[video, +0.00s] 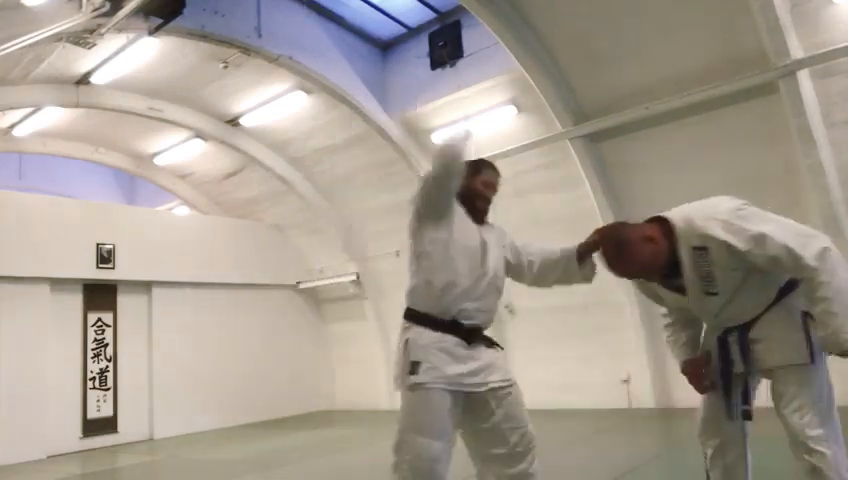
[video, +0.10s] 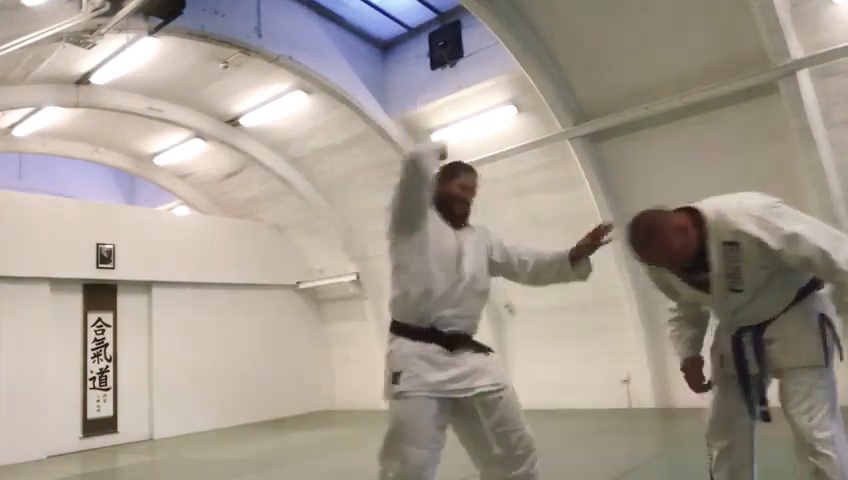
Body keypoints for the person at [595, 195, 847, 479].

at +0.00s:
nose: (648, 280)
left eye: (645, 270)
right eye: (638, 277)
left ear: (651, 238)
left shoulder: (716, 224)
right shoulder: (644, 273)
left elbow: (818, 254)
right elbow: (677, 312)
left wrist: (837, 338)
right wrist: (687, 358)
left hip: (782, 310)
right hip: (724, 329)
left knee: (804, 426)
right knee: (718, 432)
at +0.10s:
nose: (681, 266)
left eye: (680, 257)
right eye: (669, 264)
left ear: (684, 227)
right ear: (655, 260)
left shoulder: (747, 219)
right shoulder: (659, 267)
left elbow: (839, 258)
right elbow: (688, 304)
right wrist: (689, 356)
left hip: (795, 312)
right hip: (735, 327)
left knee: (811, 428)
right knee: (726, 431)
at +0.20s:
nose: (690, 240)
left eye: (694, 229)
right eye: (681, 234)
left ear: (713, 202)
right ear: (672, 227)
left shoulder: (778, 208)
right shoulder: (678, 251)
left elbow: (842, 251)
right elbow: (694, 301)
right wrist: (697, 355)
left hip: (808, 311)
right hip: (745, 323)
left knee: (823, 429)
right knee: (730, 432)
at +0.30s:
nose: (714, 206)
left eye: (720, 195)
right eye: (705, 199)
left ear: (743, 174)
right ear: (695, 192)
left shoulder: (810, 196)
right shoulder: (694, 226)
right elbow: (701, 293)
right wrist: (710, 351)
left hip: (820, 311)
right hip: (756, 319)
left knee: (834, 438)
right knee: (733, 433)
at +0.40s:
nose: (734, 178)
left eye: (743, 166)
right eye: (725, 168)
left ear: (771, 153)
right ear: (717, 164)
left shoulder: (828, 185)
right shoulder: (711, 205)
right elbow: (710, 275)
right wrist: (717, 335)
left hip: (826, 305)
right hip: (764, 311)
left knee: (839, 429)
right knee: (742, 413)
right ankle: (761, 475)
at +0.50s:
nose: (745, 147)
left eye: (756, 136)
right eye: (741, 136)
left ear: (790, 135)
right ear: (737, 138)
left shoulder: (837, 176)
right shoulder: (725, 191)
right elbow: (719, 263)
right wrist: (723, 320)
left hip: (831, 303)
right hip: (772, 308)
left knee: (840, 424)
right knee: (765, 419)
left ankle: (839, 471)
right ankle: (814, 472)